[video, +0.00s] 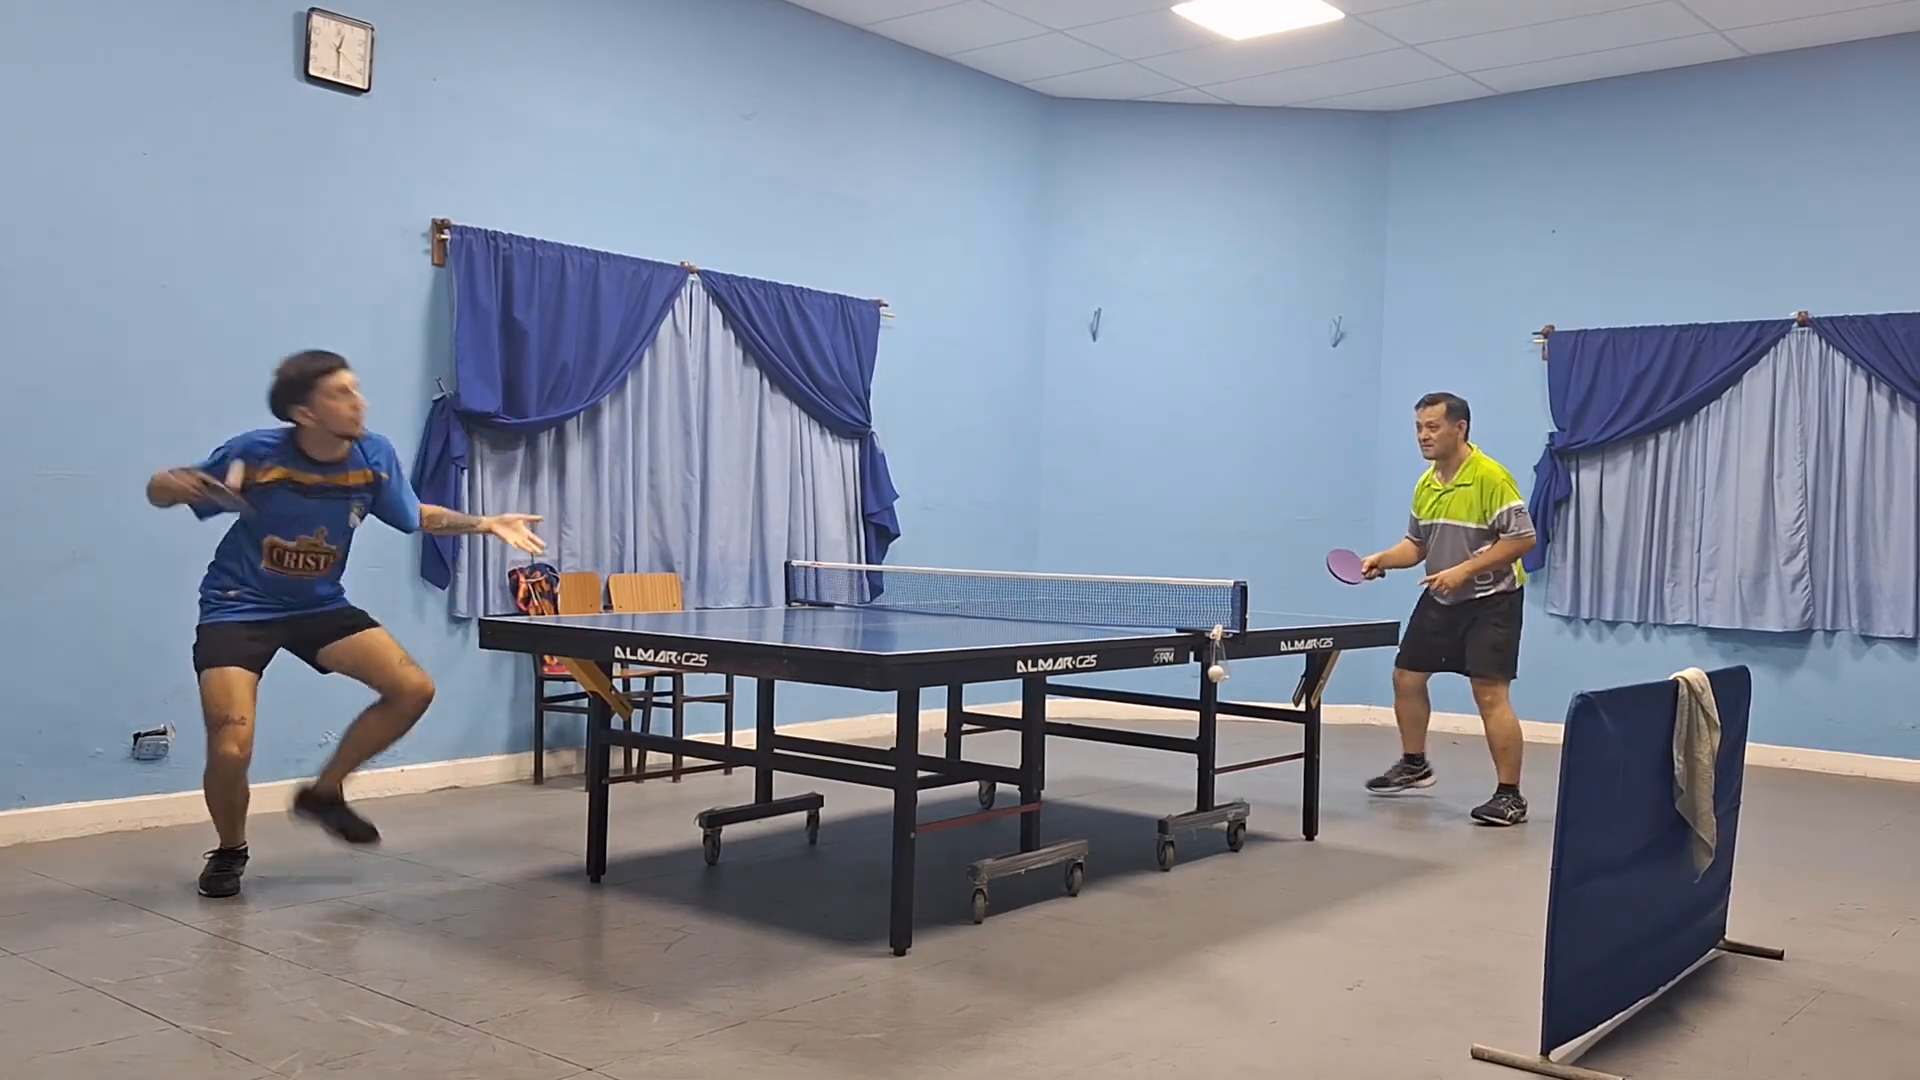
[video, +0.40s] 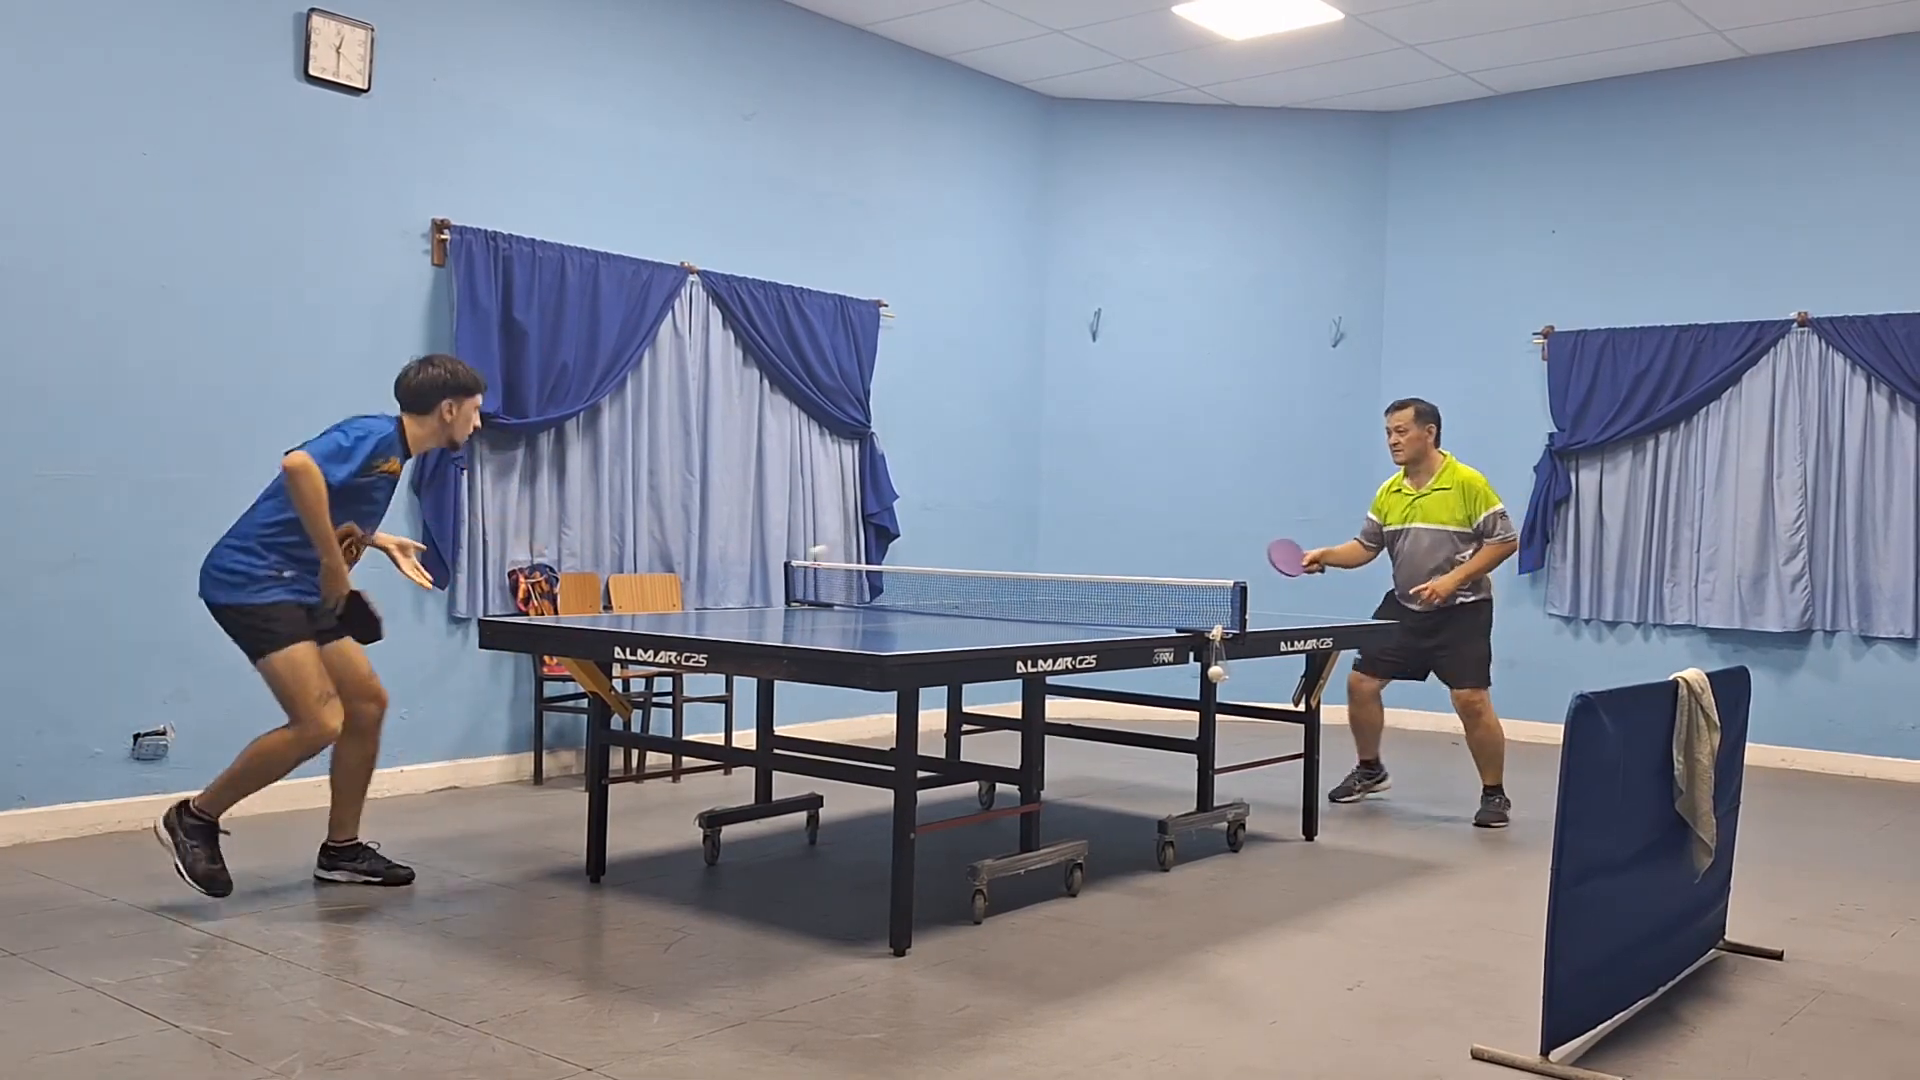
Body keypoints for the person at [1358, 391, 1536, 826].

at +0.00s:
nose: (1423, 435)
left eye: (1432, 427)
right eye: (1419, 428)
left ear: (1460, 428)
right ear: (1418, 433)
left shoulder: (1491, 477)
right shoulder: (1426, 485)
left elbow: (1522, 537)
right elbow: (1417, 544)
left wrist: (1465, 570)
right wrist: (1383, 560)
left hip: (1492, 603)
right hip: (1439, 601)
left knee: (1490, 693)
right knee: (1407, 678)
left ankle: (1509, 795)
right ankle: (1414, 764)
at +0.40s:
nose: (1392, 439)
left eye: (1400, 431)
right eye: (1389, 433)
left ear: (1430, 433)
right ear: (1389, 438)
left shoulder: (1467, 483)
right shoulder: (1390, 491)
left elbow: (1505, 540)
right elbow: (1365, 547)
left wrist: (1453, 579)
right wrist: (1325, 555)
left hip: (1461, 612)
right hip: (1404, 610)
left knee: (1470, 700)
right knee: (1361, 684)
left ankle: (1493, 793)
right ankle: (1370, 769)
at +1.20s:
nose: (1237, 474)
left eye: (1244, 464)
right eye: (1233, 466)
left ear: (1274, 461)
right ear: (1239, 471)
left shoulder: (1328, 493)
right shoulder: (1245, 525)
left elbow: (1384, 525)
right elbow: (1211, 567)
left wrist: (1381, 587)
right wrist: (1156, 571)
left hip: (1362, 614)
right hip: (1301, 625)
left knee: (1415, 695)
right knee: (1268, 686)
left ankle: (1465, 782)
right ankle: (1273, 784)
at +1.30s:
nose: (1249, 468)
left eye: (1257, 458)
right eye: (1246, 461)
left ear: (1287, 459)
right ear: (1250, 468)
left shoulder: (1338, 495)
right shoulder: (1254, 525)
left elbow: (1390, 530)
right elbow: (1222, 572)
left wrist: (1383, 589)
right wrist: (1174, 575)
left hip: (1365, 612)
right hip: (1303, 621)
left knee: (1419, 696)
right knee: (1273, 686)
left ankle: (1469, 778)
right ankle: (1272, 782)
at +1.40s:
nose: (1272, 462)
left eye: (1281, 454)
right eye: (1268, 456)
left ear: (1309, 458)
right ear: (1267, 464)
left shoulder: (1355, 498)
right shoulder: (1269, 524)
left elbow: (1404, 539)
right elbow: (1242, 575)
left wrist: (1390, 595)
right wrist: (1207, 581)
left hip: (1374, 617)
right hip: (1312, 625)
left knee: (1426, 700)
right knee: (1277, 689)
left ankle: (1474, 773)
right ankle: (1273, 783)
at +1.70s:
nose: (1368, 455)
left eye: (1377, 447)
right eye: (1365, 449)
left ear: (1404, 449)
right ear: (1363, 454)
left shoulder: (1440, 496)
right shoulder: (1366, 506)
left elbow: (1474, 553)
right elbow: (1360, 560)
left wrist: (1440, 601)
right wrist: (1338, 580)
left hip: (1434, 619)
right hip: (1378, 620)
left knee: (1454, 707)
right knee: (1343, 686)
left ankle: (1475, 777)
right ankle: (1304, 768)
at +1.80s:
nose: (1386, 449)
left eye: (1394, 441)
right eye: (1382, 443)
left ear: (1421, 444)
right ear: (1379, 449)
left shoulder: (1453, 490)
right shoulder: (1385, 498)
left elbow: (1490, 547)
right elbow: (1378, 552)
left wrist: (1463, 599)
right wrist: (1357, 574)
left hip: (1449, 609)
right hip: (1397, 606)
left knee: (1457, 697)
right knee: (1353, 674)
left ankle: (1476, 777)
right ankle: (1340, 765)